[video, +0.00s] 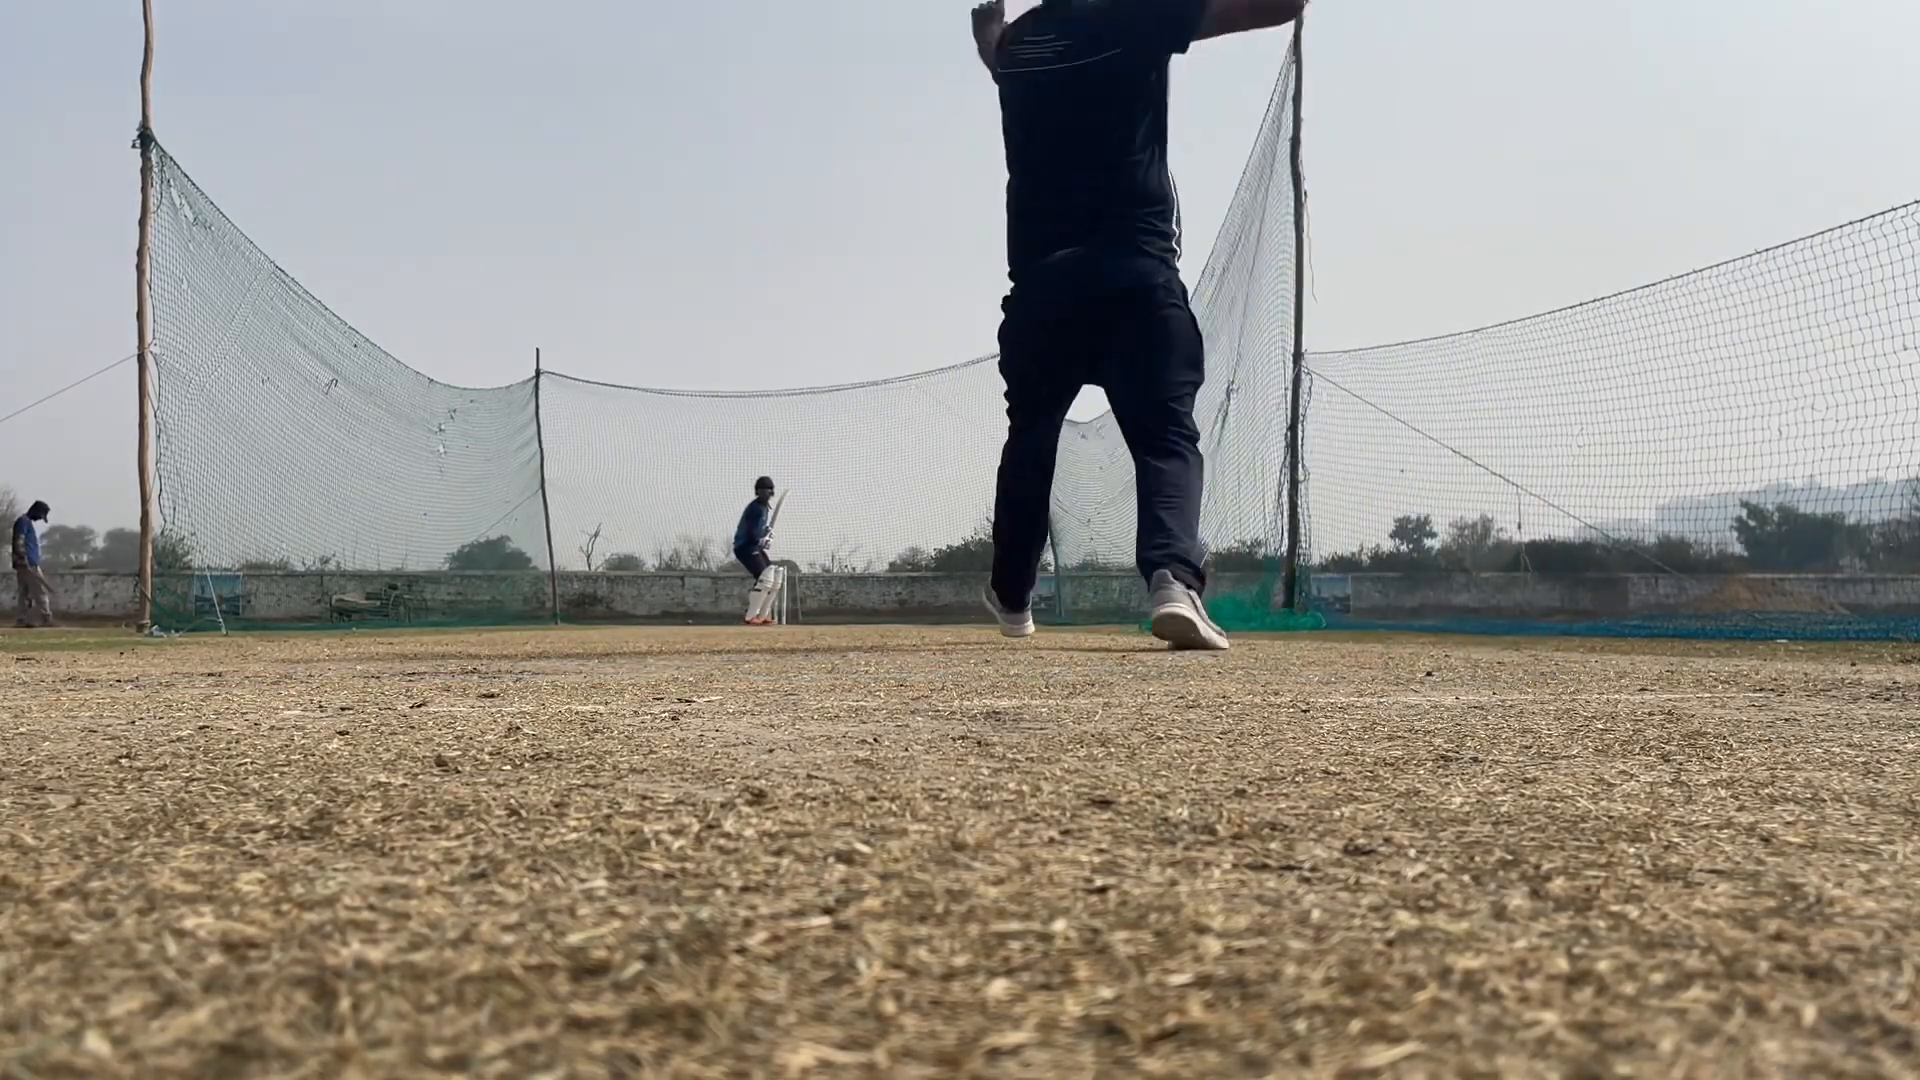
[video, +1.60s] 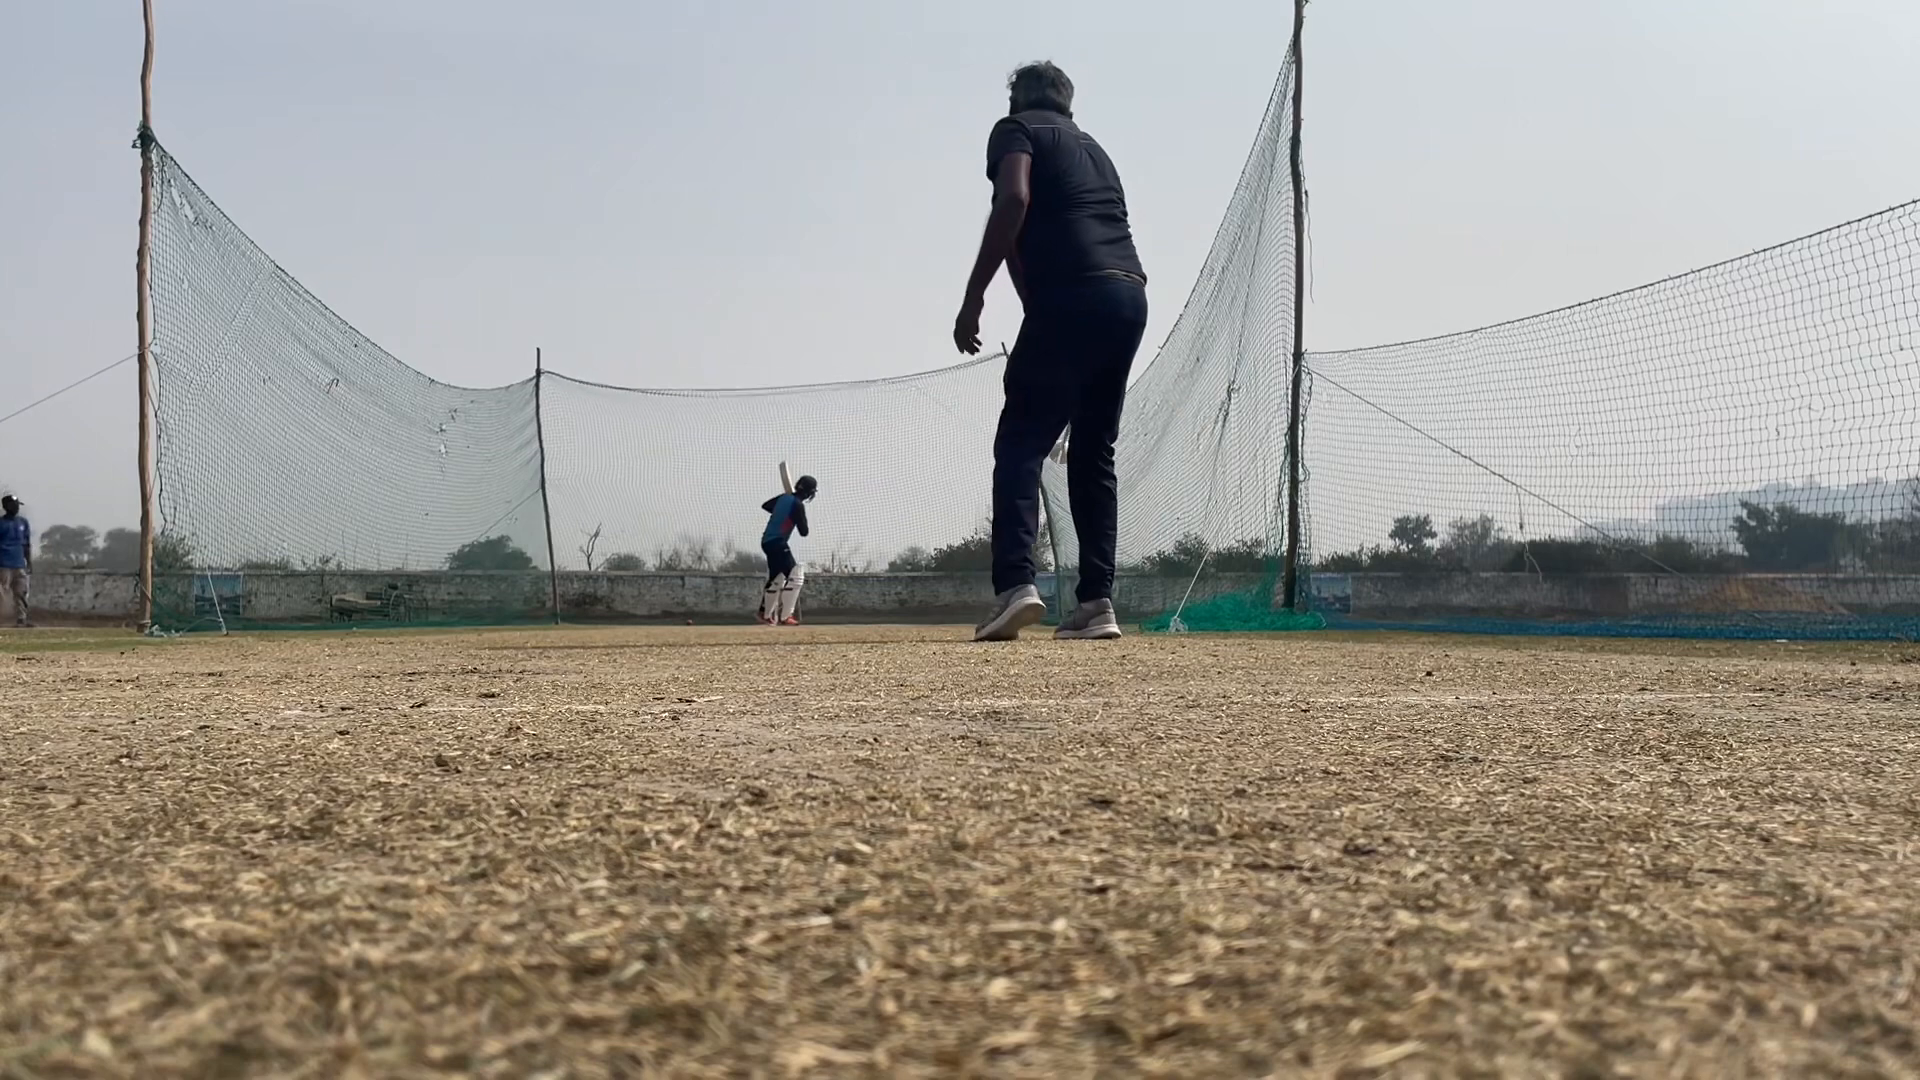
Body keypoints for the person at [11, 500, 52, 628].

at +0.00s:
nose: (40, 519)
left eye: (42, 517)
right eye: (41, 516)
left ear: (35, 511)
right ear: (36, 512)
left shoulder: (26, 523)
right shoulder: (23, 522)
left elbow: (28, 545)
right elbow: (19, 543)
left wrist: (36, 564)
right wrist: (24, 562)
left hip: (26, 564)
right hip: (29, 564)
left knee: (24, 594)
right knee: (40, 591)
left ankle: (21, 618)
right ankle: (46, 617)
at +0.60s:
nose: (41, 519)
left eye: (43, 517)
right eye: (42, 516)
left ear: (38, 513)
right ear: (38, 512)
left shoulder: (29, 523)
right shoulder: (24, 521)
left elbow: (25, 542)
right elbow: (19, 541)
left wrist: (31, 559)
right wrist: (24, 556)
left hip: (27, 562)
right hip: (24, 562)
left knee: (23, 591)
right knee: (31, 589)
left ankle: (22, 617)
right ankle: (31, 617)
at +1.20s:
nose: (32, 510)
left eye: (34, 508)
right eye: (30, 507)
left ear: (36, 510)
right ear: (24, 507)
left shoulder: (32, 526)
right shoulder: (13, 522)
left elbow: (35, 548)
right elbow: (6, 543)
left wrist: (42, 566)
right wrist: (7, 562)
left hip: (29, 564)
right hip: (16, 563)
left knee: (26, 591)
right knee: (15, 590)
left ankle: (22, 617)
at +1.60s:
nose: (15, 507)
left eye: (16, 504)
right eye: (11, 504)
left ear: (18, 505)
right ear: (6, 506)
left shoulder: (23, 522)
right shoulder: (2, 522)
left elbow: (26, 544)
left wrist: (29, 562)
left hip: (19, 563)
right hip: (4, 563)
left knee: (22, 591)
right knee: (4, 592)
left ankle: (21, 618)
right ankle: (3, 617)